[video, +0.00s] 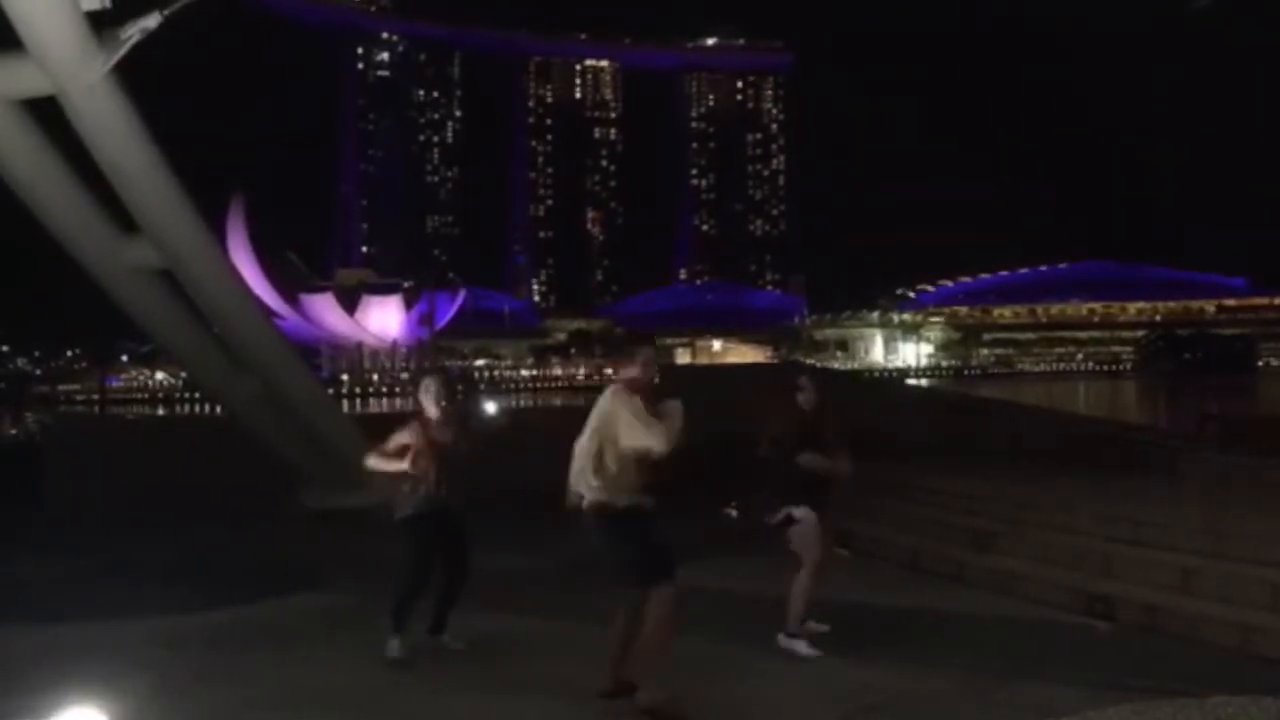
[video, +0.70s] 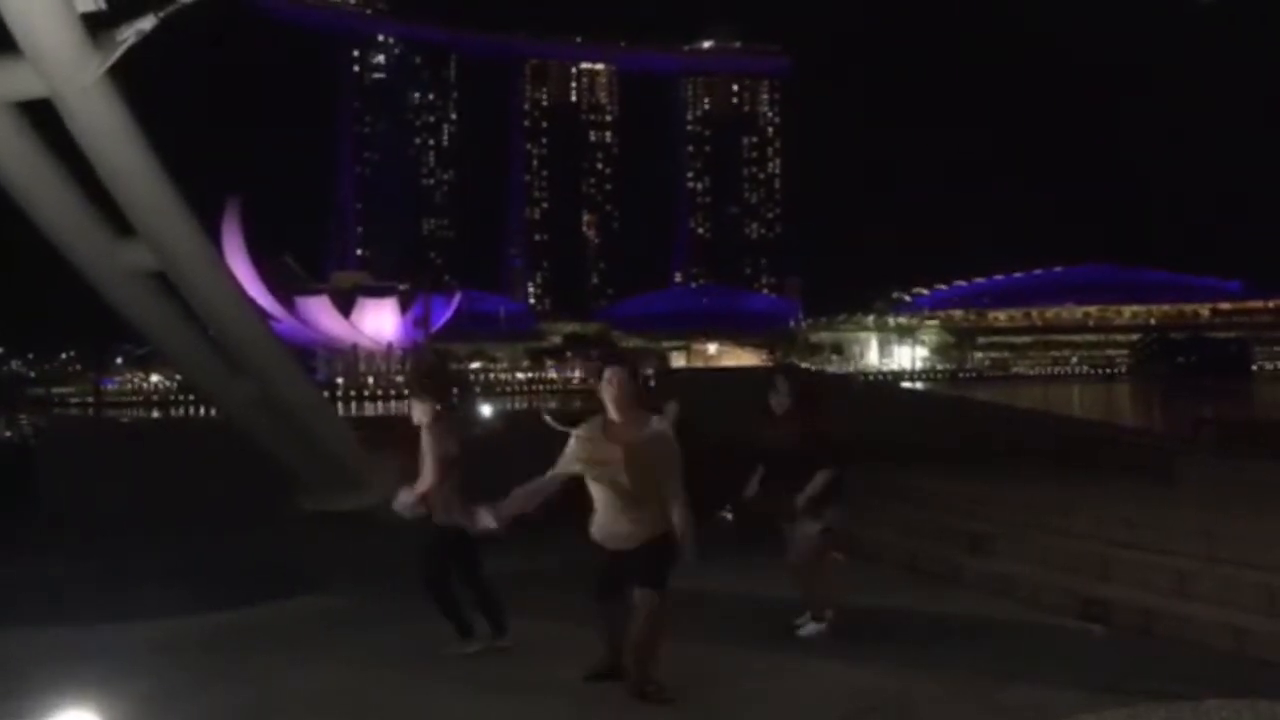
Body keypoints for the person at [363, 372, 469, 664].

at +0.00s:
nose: (435, 400)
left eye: (440, 393)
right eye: (429, 394)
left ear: (448, 397)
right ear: (419, 398)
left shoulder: (454, 432)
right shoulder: (413, 431)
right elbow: (371, 459)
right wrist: (403, 465)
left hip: (445, 508)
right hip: (414, 511)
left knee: (456, 569)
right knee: (416, 572)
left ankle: (438, 629)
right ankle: (396, 633)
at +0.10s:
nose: (437, 416)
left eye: (441, 410)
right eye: (431, 411)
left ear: (448, 414)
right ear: (421, 415)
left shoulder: (447, 442)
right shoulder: (413, 441)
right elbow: (374, 427)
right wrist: (405, 437)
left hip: (439, 517)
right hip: (412, 519)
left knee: (462, 568)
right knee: (412, 581)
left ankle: (439, 630)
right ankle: (391, 653)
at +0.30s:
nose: (462, 414)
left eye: (463, 407)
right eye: (459, 407)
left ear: (434, 405)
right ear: (445, 407)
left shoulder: (414, 428)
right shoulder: (431, 438)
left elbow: (380, 441)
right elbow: (469, 457)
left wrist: (361, 441)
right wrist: (483, 438)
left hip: (421, 520)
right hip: (426, 526)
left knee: (456, 578)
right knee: (429, 585)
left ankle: (444, 633)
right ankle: (399, 642)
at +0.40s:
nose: (466, 401)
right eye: (466, 396)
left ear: (431, 391)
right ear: (456, 397)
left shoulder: (410, 420)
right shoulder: (453, 428)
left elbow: (377, 440)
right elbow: (486, 462)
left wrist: (364, 435)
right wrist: (488, 434)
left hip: (413, 507)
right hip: (442, 512)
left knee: (435, 566)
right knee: (460, 564)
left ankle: (436, 619)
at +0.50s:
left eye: (429, 395)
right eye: (449, 396)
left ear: (424, 395)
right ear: (454, 395)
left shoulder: (410, 422)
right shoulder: (465, 425)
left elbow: (388, 455)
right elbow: (480, 462)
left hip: (422, 515)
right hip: (459, 514)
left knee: (435, 572)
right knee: (464, 564)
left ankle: (451, 632)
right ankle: (469, 616)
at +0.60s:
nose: (420, 401)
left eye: (422, 396)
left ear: (425, 396)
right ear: (453, 394)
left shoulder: (419, 427)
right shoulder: (467, 424)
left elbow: (410, 476)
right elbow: (478, 468)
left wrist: (401, 478)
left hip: (434, 517)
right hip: (468, 514)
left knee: (442, 578)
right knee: (473, 571)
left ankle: (467, 637)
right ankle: (492, 630)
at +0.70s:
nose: (412, 412)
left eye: (416, 405)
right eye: (412, 404)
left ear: (426, 405)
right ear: (441, 400)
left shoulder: (432, 431)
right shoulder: (451, 425)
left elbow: (431, 475)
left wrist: (411, 495)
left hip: (443, 519)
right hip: (461, 517)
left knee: (434, 577)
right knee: (472, 573)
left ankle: (467, 635)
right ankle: (499, 630)